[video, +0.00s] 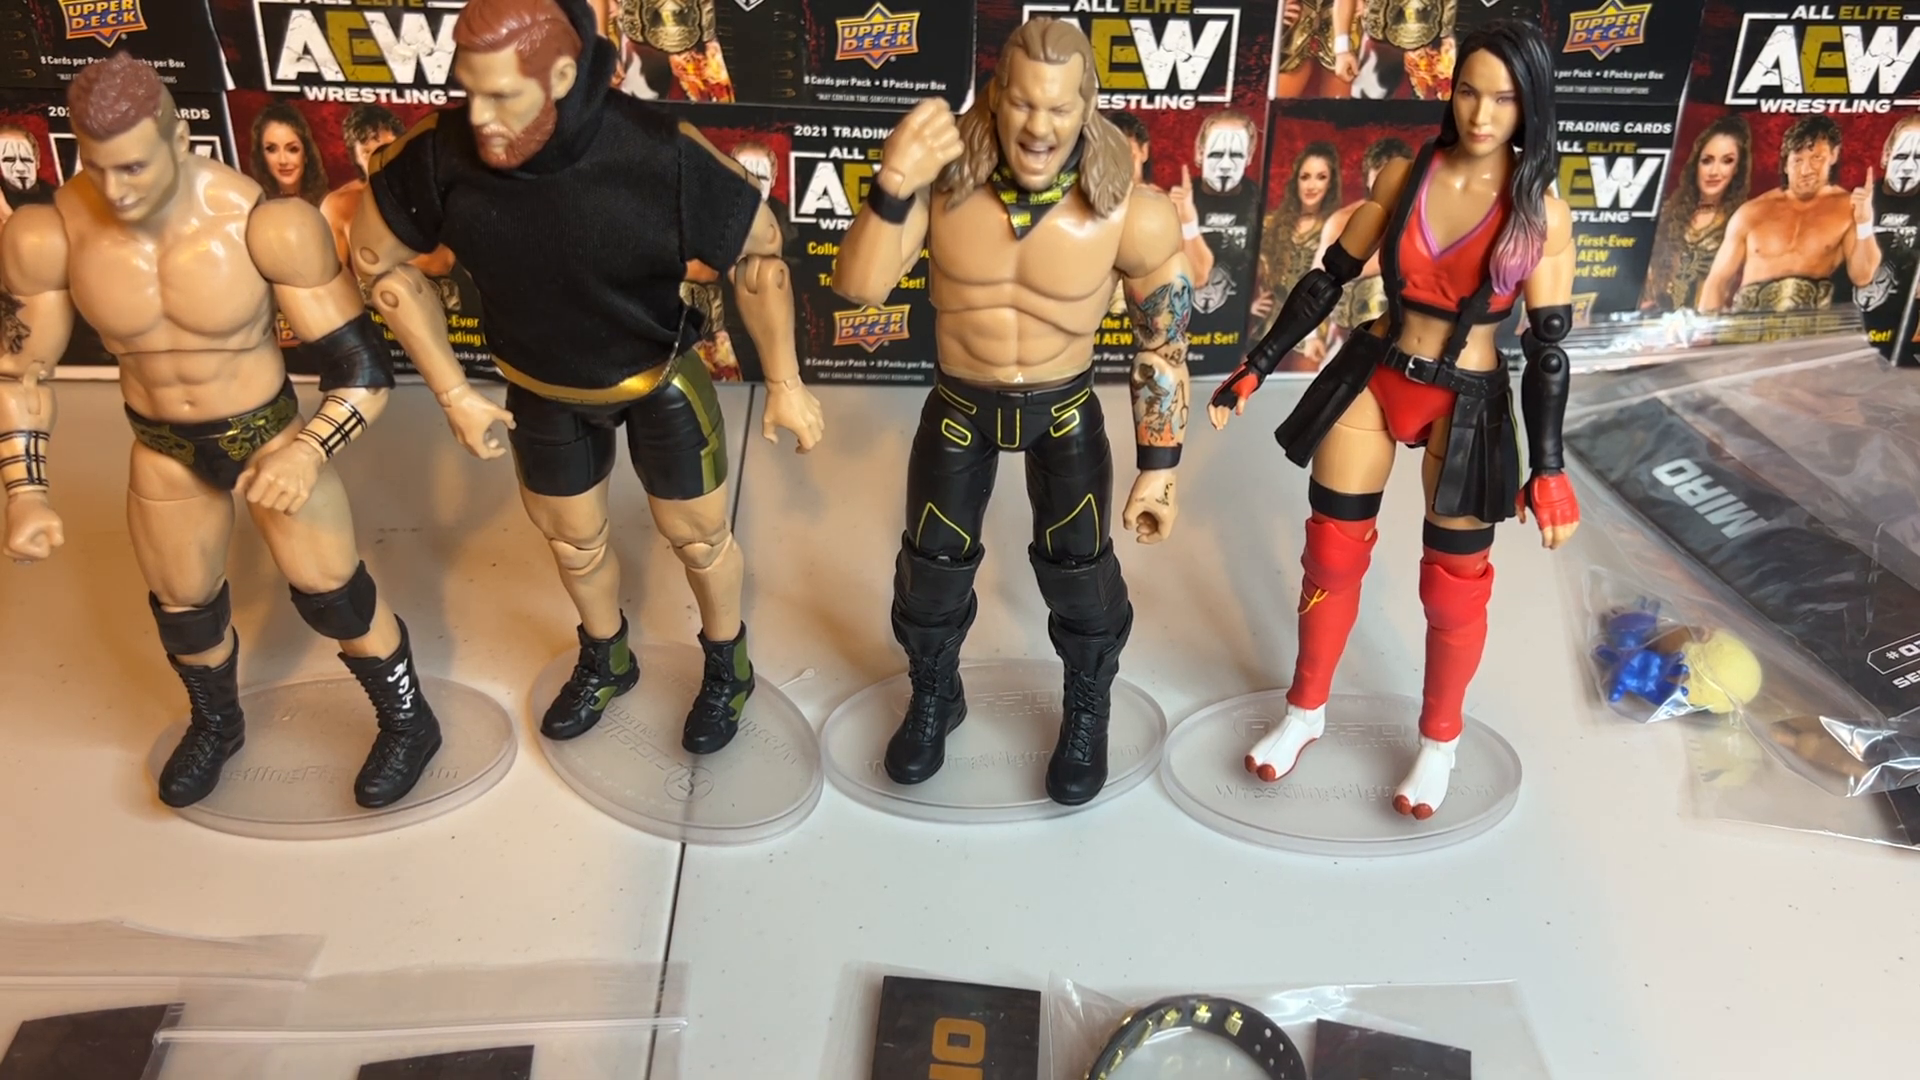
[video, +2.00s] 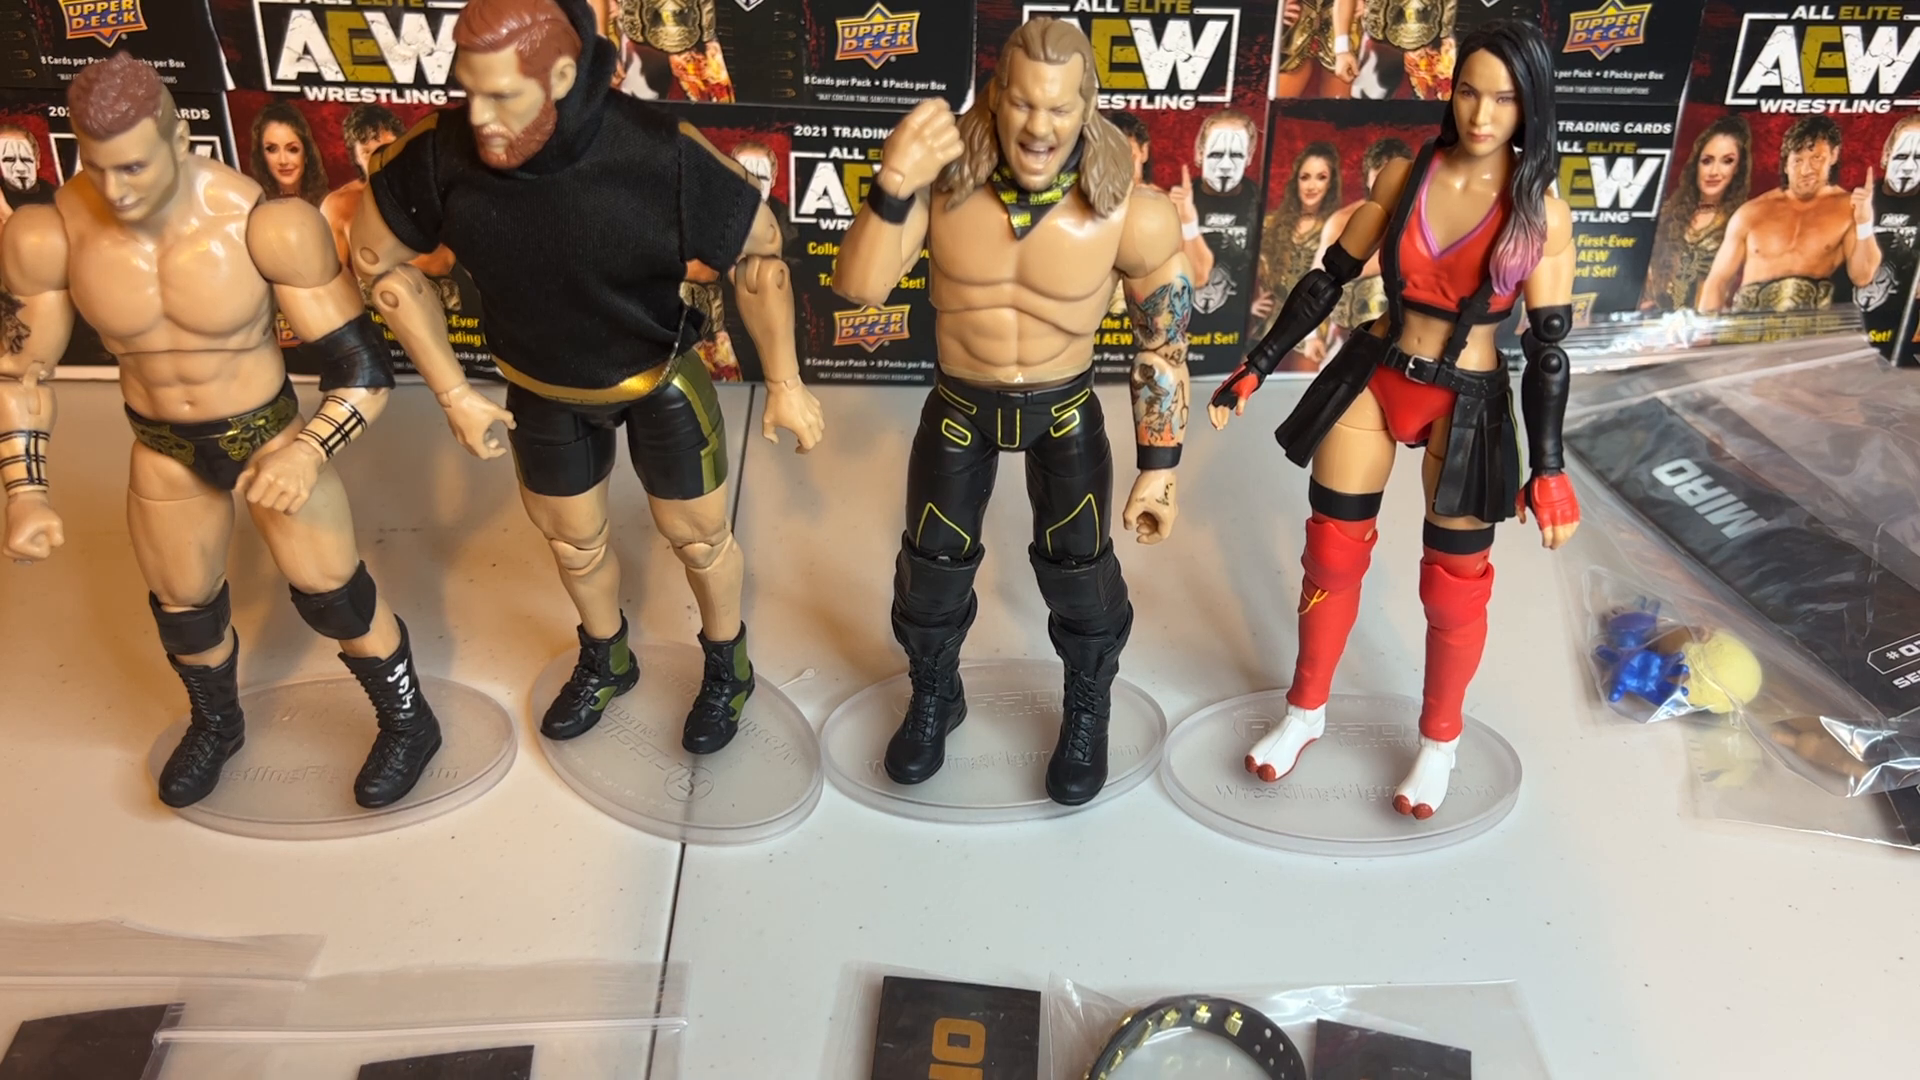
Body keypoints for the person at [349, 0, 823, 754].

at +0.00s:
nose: (481, 119)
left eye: (502, 96)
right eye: (468, 95)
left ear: (564, 76)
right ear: (456, 81)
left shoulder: (653, 155)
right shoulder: (442, 159)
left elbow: (757, 245)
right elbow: (372, 252)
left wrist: (784, 381)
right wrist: (453, 392)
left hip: (661, 382)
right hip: (542, 394)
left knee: (700, 540)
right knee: (575, 546)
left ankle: (726, 667)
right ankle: (607, 660)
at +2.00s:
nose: (481, 119)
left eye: (502, 96)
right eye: (468, 95)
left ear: (564, 76)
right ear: (456, 81)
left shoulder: (653, 155)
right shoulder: (442, 158)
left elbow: (757, 246)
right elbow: (373, 252)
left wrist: (784, 381)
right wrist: (452, 392)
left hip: (661, 382)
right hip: (542, 395)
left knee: (700, 541)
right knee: (575, 547)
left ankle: (726, 667)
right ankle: (607, 661)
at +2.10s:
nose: (481, 119)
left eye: (503, 96)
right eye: (468, 95)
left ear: (564, 76)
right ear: (457, 81)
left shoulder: (653, 154)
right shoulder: (442, 159)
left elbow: (757, 245)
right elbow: (373, 251)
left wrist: (784, 381)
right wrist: (452, 392)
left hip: (661, 382)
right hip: (542, 394)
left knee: (700, 540)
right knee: (575, 546)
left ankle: (726, 666)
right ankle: (607, 661)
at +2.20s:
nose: (481, 119)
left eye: (503, 96)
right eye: (468, 95)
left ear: (564, 76)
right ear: (457, 81)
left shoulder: (653, 155)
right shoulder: (443, 159)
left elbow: (757, 246)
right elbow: (373, 251)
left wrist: (784, 381)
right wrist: (452, 392)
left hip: (661, 381)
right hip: (543, 394)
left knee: (700, 540)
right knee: (575, 546)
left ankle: (726, 666)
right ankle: (607, 661)